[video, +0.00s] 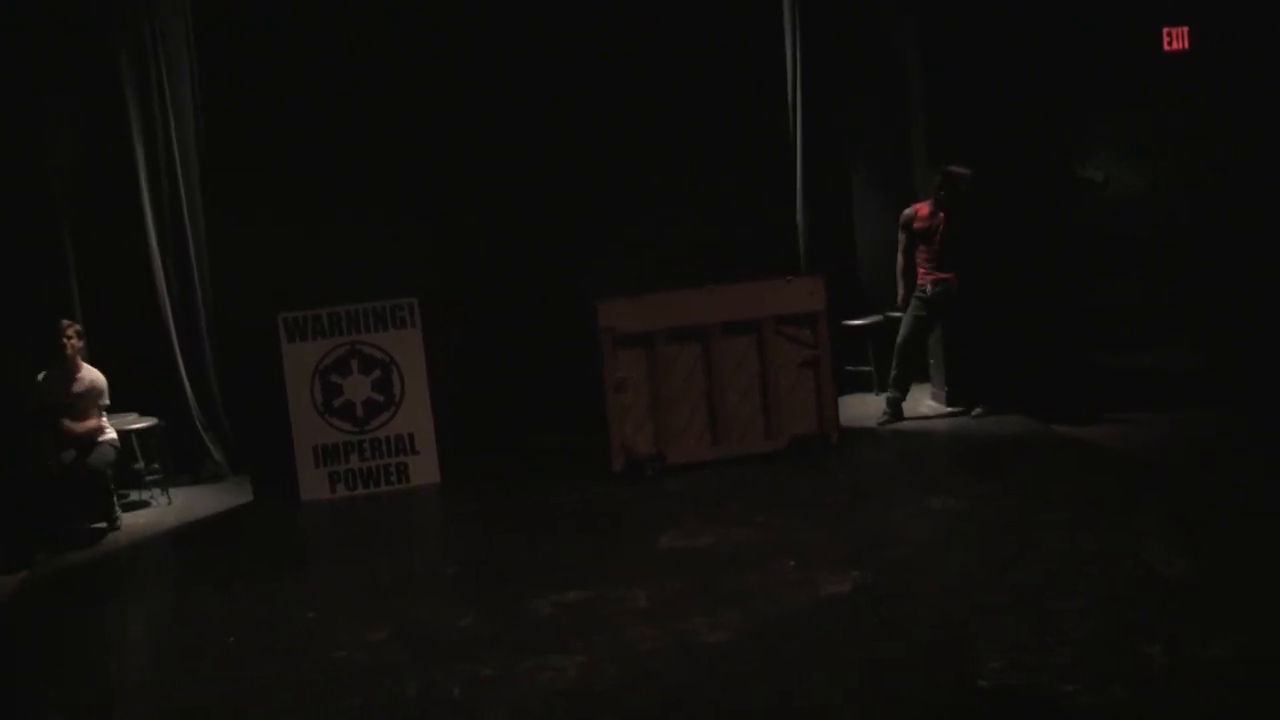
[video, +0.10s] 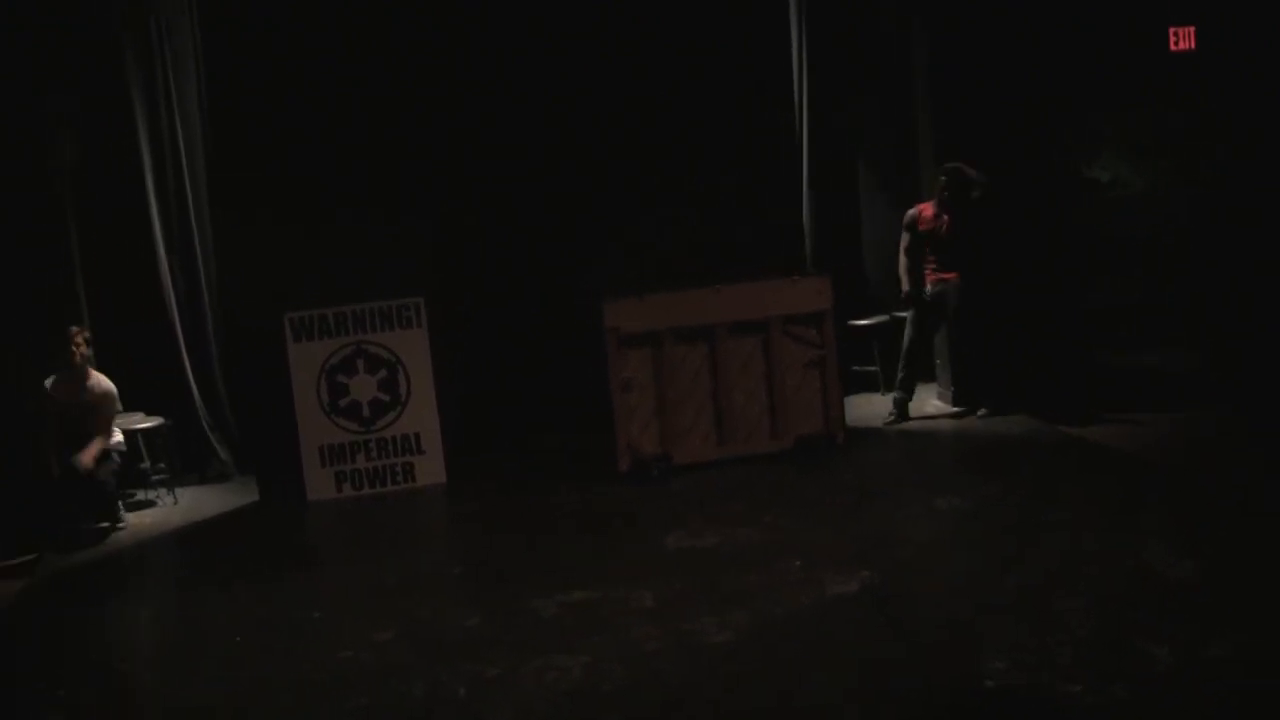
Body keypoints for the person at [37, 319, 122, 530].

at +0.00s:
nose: (65, 343)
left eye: (70, 338)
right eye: (61, 338)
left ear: (80, 343)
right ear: (56, 343)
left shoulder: (95, 379)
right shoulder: (46, 380)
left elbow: (97, 421)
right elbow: (47, 418)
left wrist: (74, 428)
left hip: (98, 436)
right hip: (67, 441)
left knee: (95, 466)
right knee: (60, 470)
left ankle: (111, 513)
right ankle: (70, 521)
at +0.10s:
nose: (74, 351)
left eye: (79, 345)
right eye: (70, 346)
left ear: (88, 350)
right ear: (63, 351)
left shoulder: (104, 388)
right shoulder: (51, 387)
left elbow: (104, 431)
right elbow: (50, 425)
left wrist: (88, 454)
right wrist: (52, 454)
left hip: (101, 439)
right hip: (67, 440)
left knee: (99, 474)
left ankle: (112, 514)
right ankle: (68, 524)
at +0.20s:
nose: (83, 364)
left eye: (87, 358)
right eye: (78, 359)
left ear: (96, 363)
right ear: (72, 363)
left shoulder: (114, 398)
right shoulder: (58, 398)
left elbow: (125, 434)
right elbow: (53, 436)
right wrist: (57, 474)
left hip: (103, 448)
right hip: (71, 449)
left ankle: (118, 507)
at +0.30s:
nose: (88, 365)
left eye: (93, 359)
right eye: (84, 360)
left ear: (101, 363)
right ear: (77, 364)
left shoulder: (120, 392)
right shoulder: (66, 397)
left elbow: (133, 429)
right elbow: (58, 434)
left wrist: (124, 462)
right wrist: (60, 467)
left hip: (111, 439)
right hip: (81, 439)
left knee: (112, 473)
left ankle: (126, 510)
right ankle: (82, 518)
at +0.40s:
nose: (90, 344)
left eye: (95, 337)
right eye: (86, 338)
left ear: (104, 340)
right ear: (79, 341)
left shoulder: (122, 368)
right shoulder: (69, 373)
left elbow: (133, 404)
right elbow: (61, 409)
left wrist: (132, 435)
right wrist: (70, 433)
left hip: (115, 426)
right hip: (83, 429)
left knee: (120, 468)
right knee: (90, 474)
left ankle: (130, 510)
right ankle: (97, 521)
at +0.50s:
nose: (88, 297)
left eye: (91, 290)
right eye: (83, 291)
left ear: (100, 294)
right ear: (76, 297)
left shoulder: (121, 327)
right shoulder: (66, 331)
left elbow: (131, 366)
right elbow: (55, 373)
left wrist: (132, 399)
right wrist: (71, 397)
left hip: (116, 405)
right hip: (84, 408)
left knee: (121, 460)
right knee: (92, 465)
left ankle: (134, 511)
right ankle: (100, 521)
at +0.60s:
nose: (90, 272)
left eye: (94, 266)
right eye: (84, 266)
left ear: (101, 269)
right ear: (75, 271)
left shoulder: (119, 304)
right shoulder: (58, 308)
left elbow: (126, 342)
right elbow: (51, 350)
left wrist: (129, 376)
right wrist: (59, 382)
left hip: (113, 388)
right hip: (76, 391)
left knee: (115, 452)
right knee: (82, 453)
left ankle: (120, 515)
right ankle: (85, 518)